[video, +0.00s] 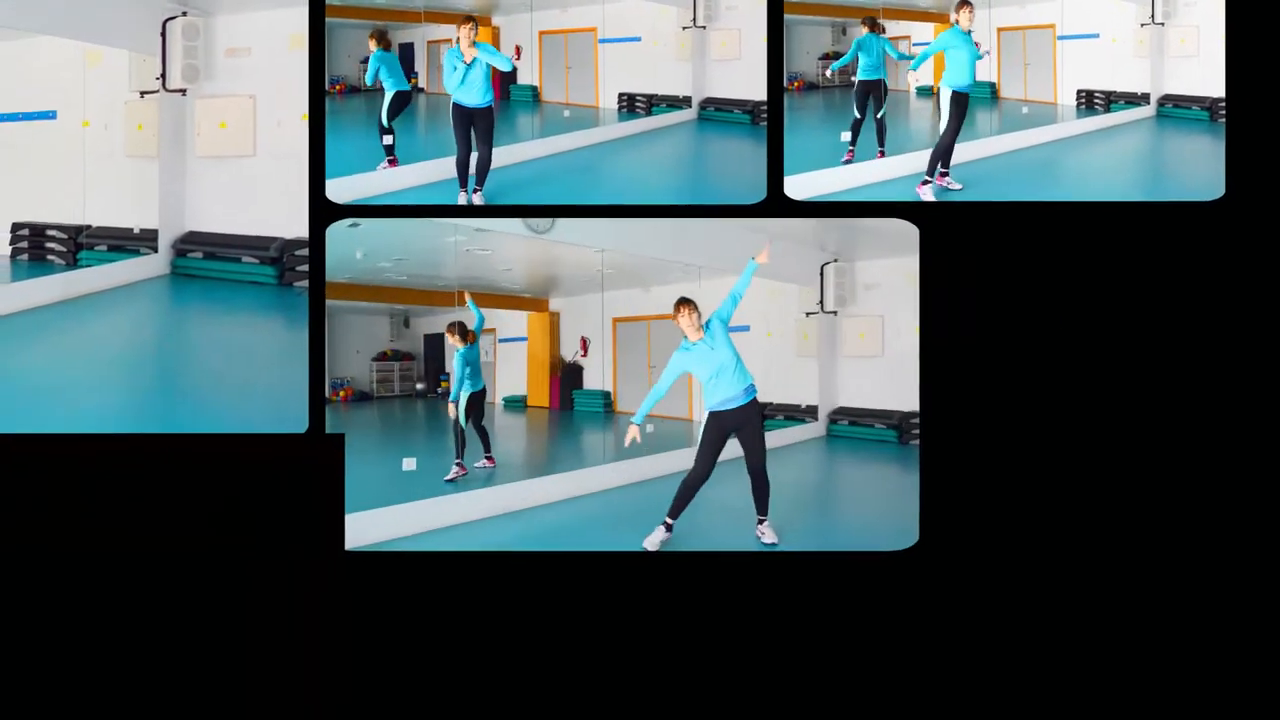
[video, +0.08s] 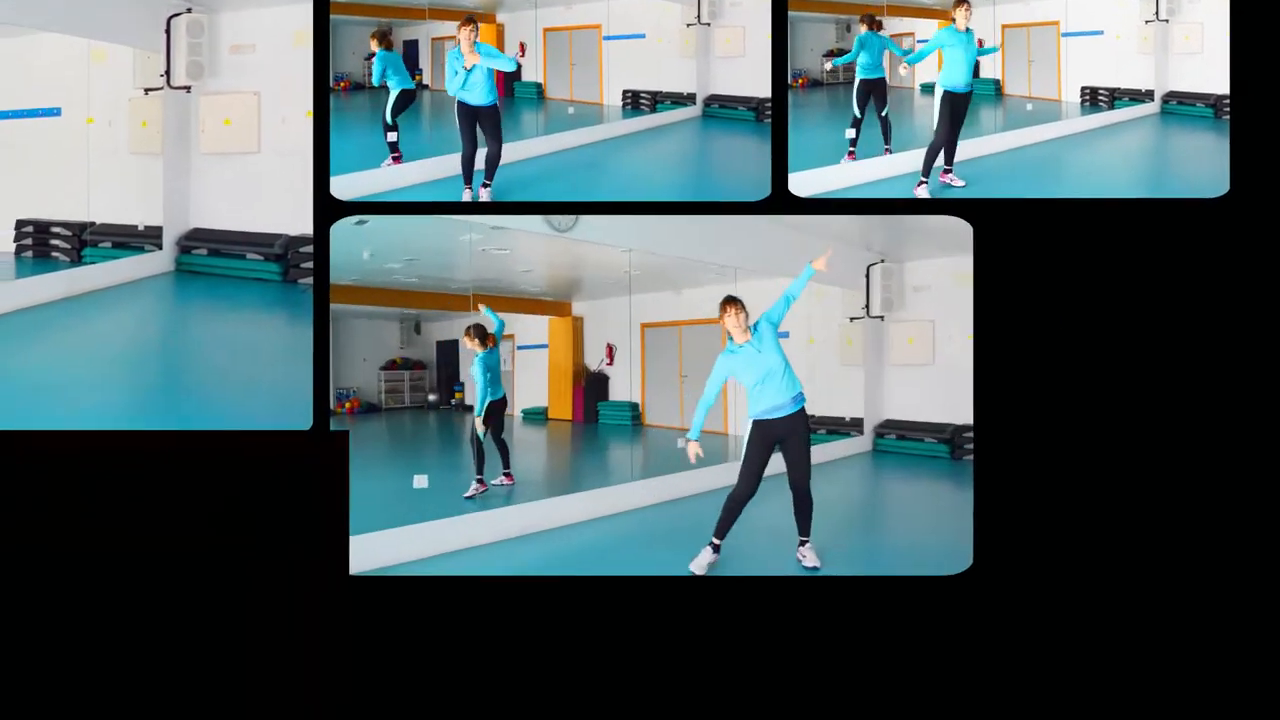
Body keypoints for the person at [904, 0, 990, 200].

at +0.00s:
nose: (971, 15)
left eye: (972, 12)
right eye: (967, 12)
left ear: (972, 16)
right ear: (956, 16)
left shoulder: (969, 38)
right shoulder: (949, 35)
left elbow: (969, 58)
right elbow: (928, 51)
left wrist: (981, 54)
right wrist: (913, 67)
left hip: (963, 91)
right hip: (950, 90)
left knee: (953, 133)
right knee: (948, 134)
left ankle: (943, 175)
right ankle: (926, 182)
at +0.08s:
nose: (966, 13)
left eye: (968, 10)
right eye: (962, 10)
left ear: (971, 14)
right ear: (954, 13)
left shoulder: (971, 34)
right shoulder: (944, 34)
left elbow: (975, 53)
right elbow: (925, 51)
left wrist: (996, 48)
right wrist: (907, 61)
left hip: (965, 91)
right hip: (947, 90)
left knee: (954, 134)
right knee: (941, 136)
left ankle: (947, 172)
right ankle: (922, 183)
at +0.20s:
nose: (961, 10)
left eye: (964, 7)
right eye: (957, 6)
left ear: (967, 10)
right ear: (950, 10)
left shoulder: (973, 33)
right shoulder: (938, 31)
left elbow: (991, 48)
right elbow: (922, 54)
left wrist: (1009, 41)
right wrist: (911, 54)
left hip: (961, 90)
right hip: (940, 90)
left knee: (961, 133)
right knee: (938, 135)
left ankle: (954, 168)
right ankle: (927, 180)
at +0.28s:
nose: (959, 7)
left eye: (962, 4)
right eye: (955, 4)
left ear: (965, 8)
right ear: (948, 7)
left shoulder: (971, 29)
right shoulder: (936, 28)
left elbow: (995, 45)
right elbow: (920, 56)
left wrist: (1004, 36)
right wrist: (917, 46)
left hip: (960, 88)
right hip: (938, 88)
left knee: (968, 132)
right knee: (938, 134)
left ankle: (959, 162)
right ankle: (930, 178)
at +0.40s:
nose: (954, 5)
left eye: (957, 2)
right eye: (950, 2)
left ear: (962, 6)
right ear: (944, 5)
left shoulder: (969, 25)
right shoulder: (934, 26)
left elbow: (993, 44)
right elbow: (924, 56)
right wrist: (940, 34)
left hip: (961, 84)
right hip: (938, 85)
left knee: (972, 127)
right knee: (940, 130)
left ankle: (961, 163)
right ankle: (936, 174)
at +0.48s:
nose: (952, 9)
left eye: (956, 5)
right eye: (949, 5)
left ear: (960, 9)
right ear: (942, 7)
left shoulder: (967, 27)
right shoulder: (934, 29)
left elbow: (989, 44)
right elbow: (929, 60)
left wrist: (962, 28)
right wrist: (944, 38)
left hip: (963, 85)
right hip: (939, 85)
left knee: (969, 129)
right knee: (942, 130)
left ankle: (962, 170)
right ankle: (941, 173)